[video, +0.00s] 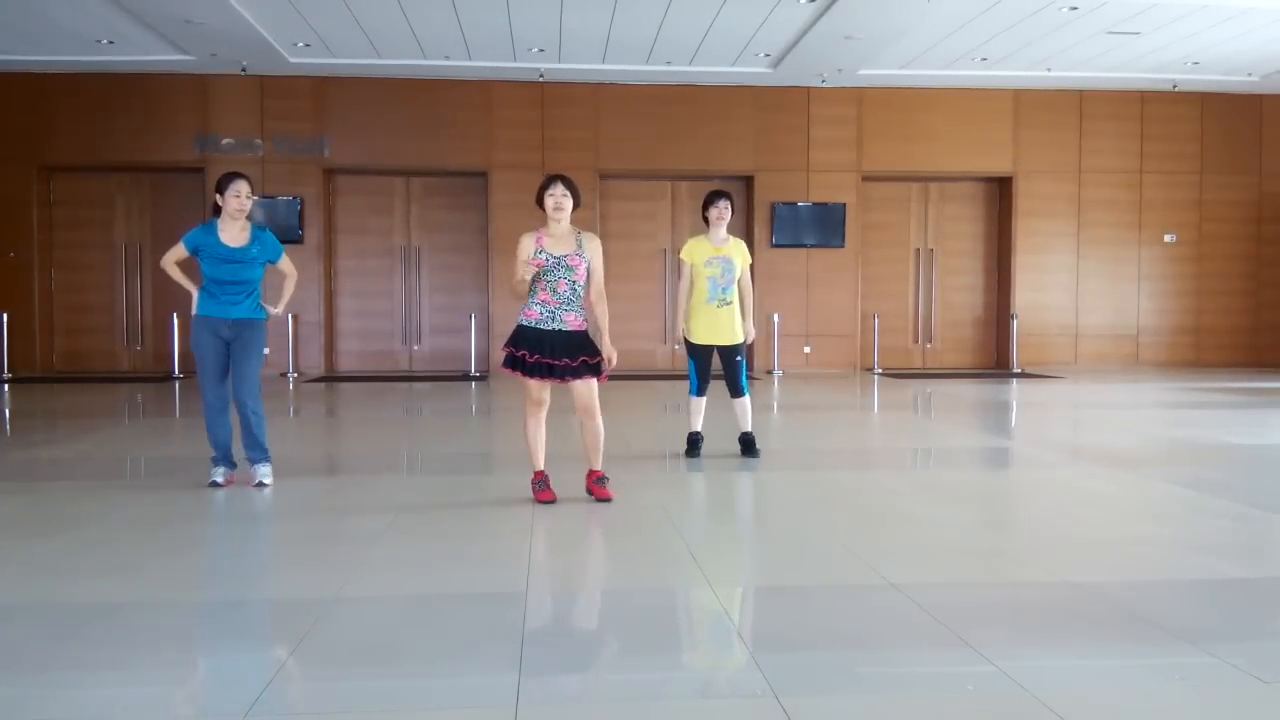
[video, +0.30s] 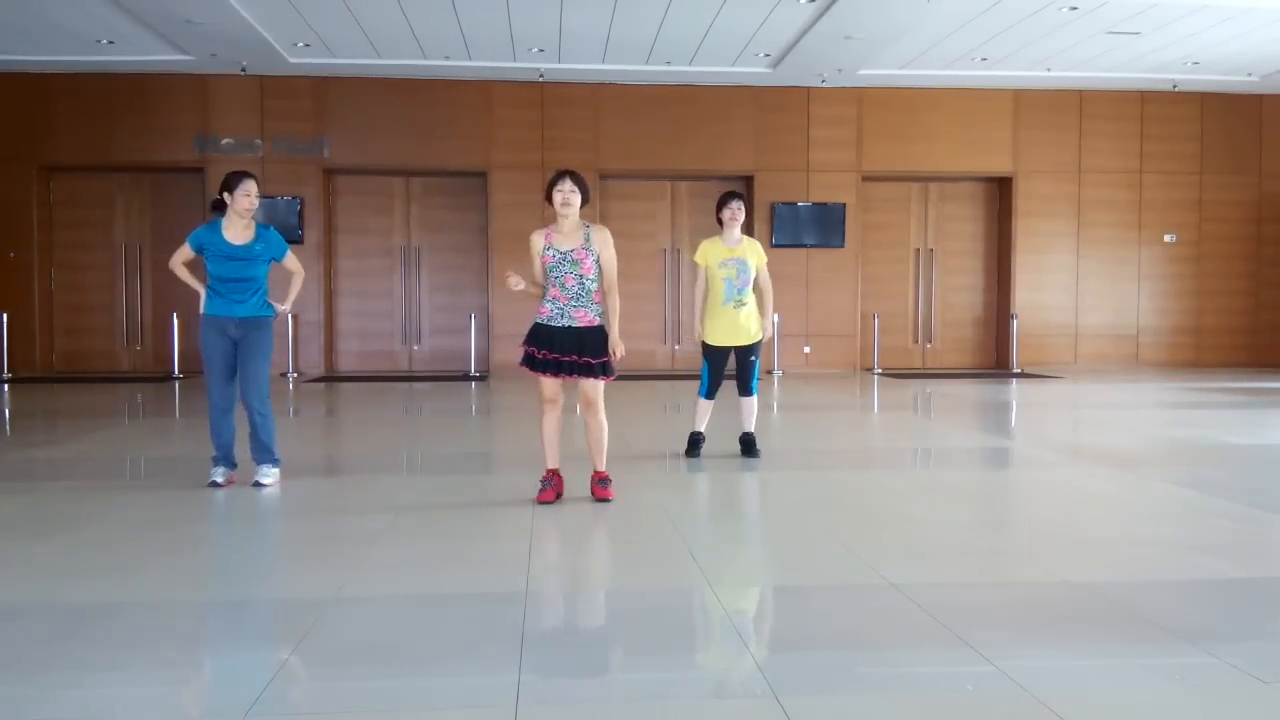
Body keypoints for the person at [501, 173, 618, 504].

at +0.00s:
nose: (558, 201)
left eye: (564, 196)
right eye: (551, 196)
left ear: (574, 203)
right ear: (542, 203)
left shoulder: (590, 242)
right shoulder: (529, 241)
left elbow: (597, 295)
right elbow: (519, 292)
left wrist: (605, 339)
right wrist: (524, 279)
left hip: (577, 335)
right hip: (536, 334)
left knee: (590, 409)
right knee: (537, 405)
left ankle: (596, 475)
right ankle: (540, 476)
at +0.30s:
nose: (566, 196)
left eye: (573, 191)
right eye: (560, 191)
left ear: (583, 198)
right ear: (551, 199)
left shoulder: (599, 235)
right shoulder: (539, 239)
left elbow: (611, 289)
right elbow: (542, 289)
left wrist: (614, 333)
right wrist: (524, 284)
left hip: (590, 331)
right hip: (550, 330)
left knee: (592, 406)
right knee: (550, 402)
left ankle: (600, 475)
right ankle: (552, 475)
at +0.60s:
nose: (574, 198)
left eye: (580, 193)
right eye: (568, 193)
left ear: (590, 200)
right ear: (559, 200)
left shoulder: (607, 237)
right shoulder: (546, 240)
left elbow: (619, 289)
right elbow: (546, 292)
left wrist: (625, 333)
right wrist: (529, 313)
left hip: (601, 333)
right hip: (561, 333)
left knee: (600, 405)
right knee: (557, 405)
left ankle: (602, 476)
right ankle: (553, 475)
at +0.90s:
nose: (576, 202)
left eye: (582, 197)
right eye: (570, 197)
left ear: (591, 204)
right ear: (559, 204)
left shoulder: (603, 245)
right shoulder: (545, 241)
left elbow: (614, 293)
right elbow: (534, 291)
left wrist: (629, 340)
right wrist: (534, 340)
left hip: (603, 335)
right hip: (564, 337)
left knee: (600, 407)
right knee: (568, 411)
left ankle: (602, 475)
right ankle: (546, 474)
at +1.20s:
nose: (570, 198)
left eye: (575, 194)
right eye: (562, 194)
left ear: (583, 201)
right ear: (552, 201)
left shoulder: (591, 243)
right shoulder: (541, 234)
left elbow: (601, 295)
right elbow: (516, 276)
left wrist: (616, 341)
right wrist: (515, 326)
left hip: (590, 332)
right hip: (553, 334)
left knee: (593, 403)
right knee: (556, 406)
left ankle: (595, 475)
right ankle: (543, 475)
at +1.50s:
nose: (562, 199)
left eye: (568, 194)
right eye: (556, 194)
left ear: (578, 200)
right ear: (546, 200)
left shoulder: (588, 244)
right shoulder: (533, 236)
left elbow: (595, 298)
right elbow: (504, 278)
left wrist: (606, 343)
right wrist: (493, 323)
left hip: (578, 334)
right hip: (540, 334)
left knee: (593, 401)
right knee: (541, 403)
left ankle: (590, 476)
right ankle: (541, 476)